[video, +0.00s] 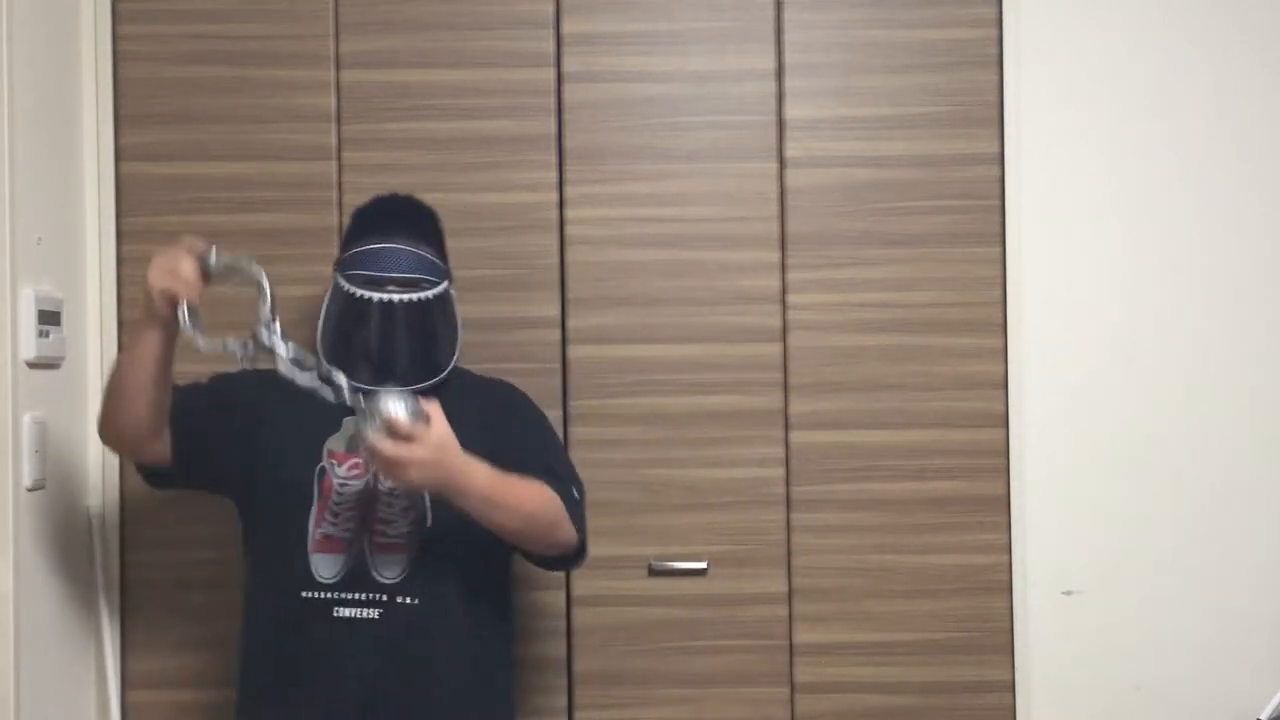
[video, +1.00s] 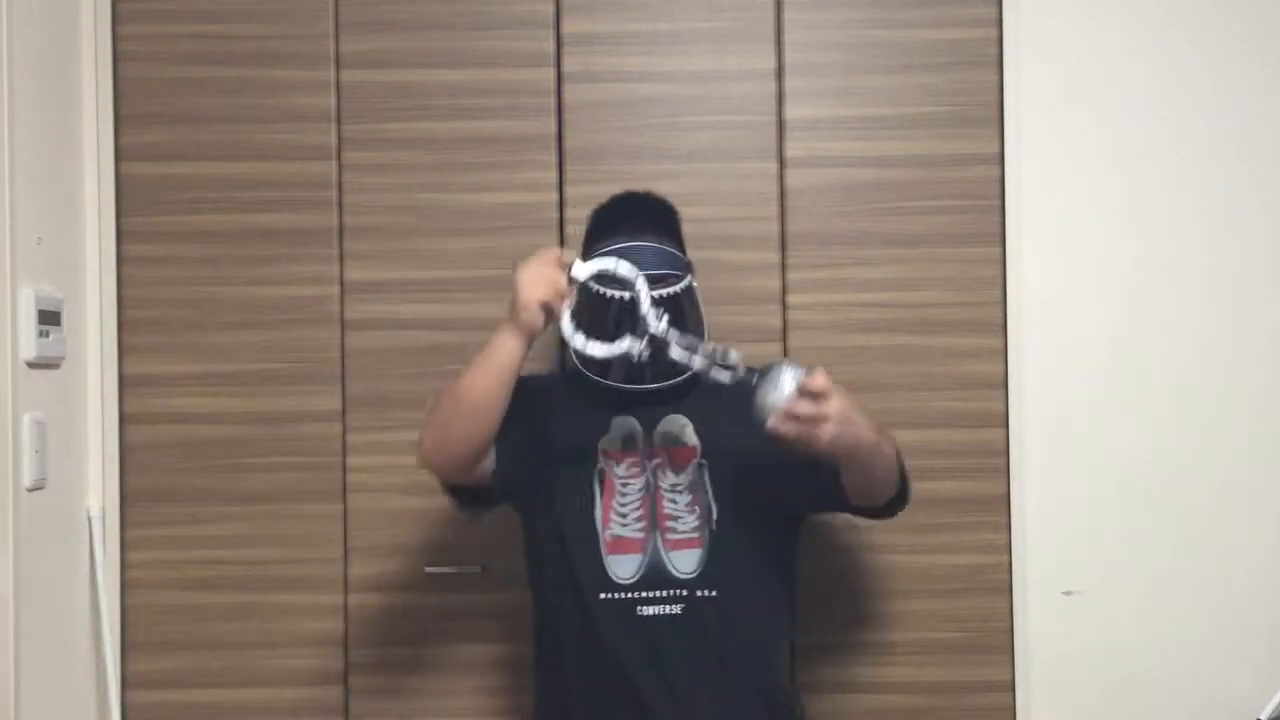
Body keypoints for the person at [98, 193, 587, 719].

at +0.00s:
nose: (387, 317)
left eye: (410, 297)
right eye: (367, 296)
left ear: (441, 299)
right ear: (337, 292)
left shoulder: (497, 413)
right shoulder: (268, 406)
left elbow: (564, 536)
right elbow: (134, 434)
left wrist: (452, 472)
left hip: (451, 701)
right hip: (293, 701)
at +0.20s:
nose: (383, 317)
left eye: (406, 299)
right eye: (361, 297)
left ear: (436, 304)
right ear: (329, 298)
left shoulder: (489, 414)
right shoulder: (261, 408)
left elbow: (549, 529)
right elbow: (126, 419)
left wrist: (447, 457)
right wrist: (160, 307)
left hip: (440, 702)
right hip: (273, 700)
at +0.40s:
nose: (420, 326)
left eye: (441, 308)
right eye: (402, 305)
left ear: (474, 309)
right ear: (371, 302)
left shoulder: (528, 429)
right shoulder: (303, 420)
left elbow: (593, 558)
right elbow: (181, 516)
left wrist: (501, 578)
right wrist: (198, 447)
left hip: (476, 704)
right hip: (316, 702)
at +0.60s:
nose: (507, 349)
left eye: (526, 329)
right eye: (487, 328)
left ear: (556, 328)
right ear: (453, 323)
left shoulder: (615, 454)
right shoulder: (386, 455)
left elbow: (652, 594)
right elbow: (333, 567)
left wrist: (615, 691)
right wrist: (334, 611)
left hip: (558, 706)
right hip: (409, 703)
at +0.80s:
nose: (597, 330)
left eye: (616, 311)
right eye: (577, 312)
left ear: (645, 308)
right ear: (545, 310)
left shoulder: (713, 426)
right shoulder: (491, 437)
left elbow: (793, 539)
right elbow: (406, 576)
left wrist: (750, 606)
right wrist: (455, 511)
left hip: (684, 700)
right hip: (539, 701)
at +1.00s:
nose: (638, 303)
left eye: (658, 280)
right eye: (615, 281)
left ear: (686, 286)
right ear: (579, 290)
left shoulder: (758, 406)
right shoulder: (541, 413)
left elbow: (884, 495)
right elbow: (444, 456)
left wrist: (858, 439)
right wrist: (517, 331)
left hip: (740, 698)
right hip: (588, 700)